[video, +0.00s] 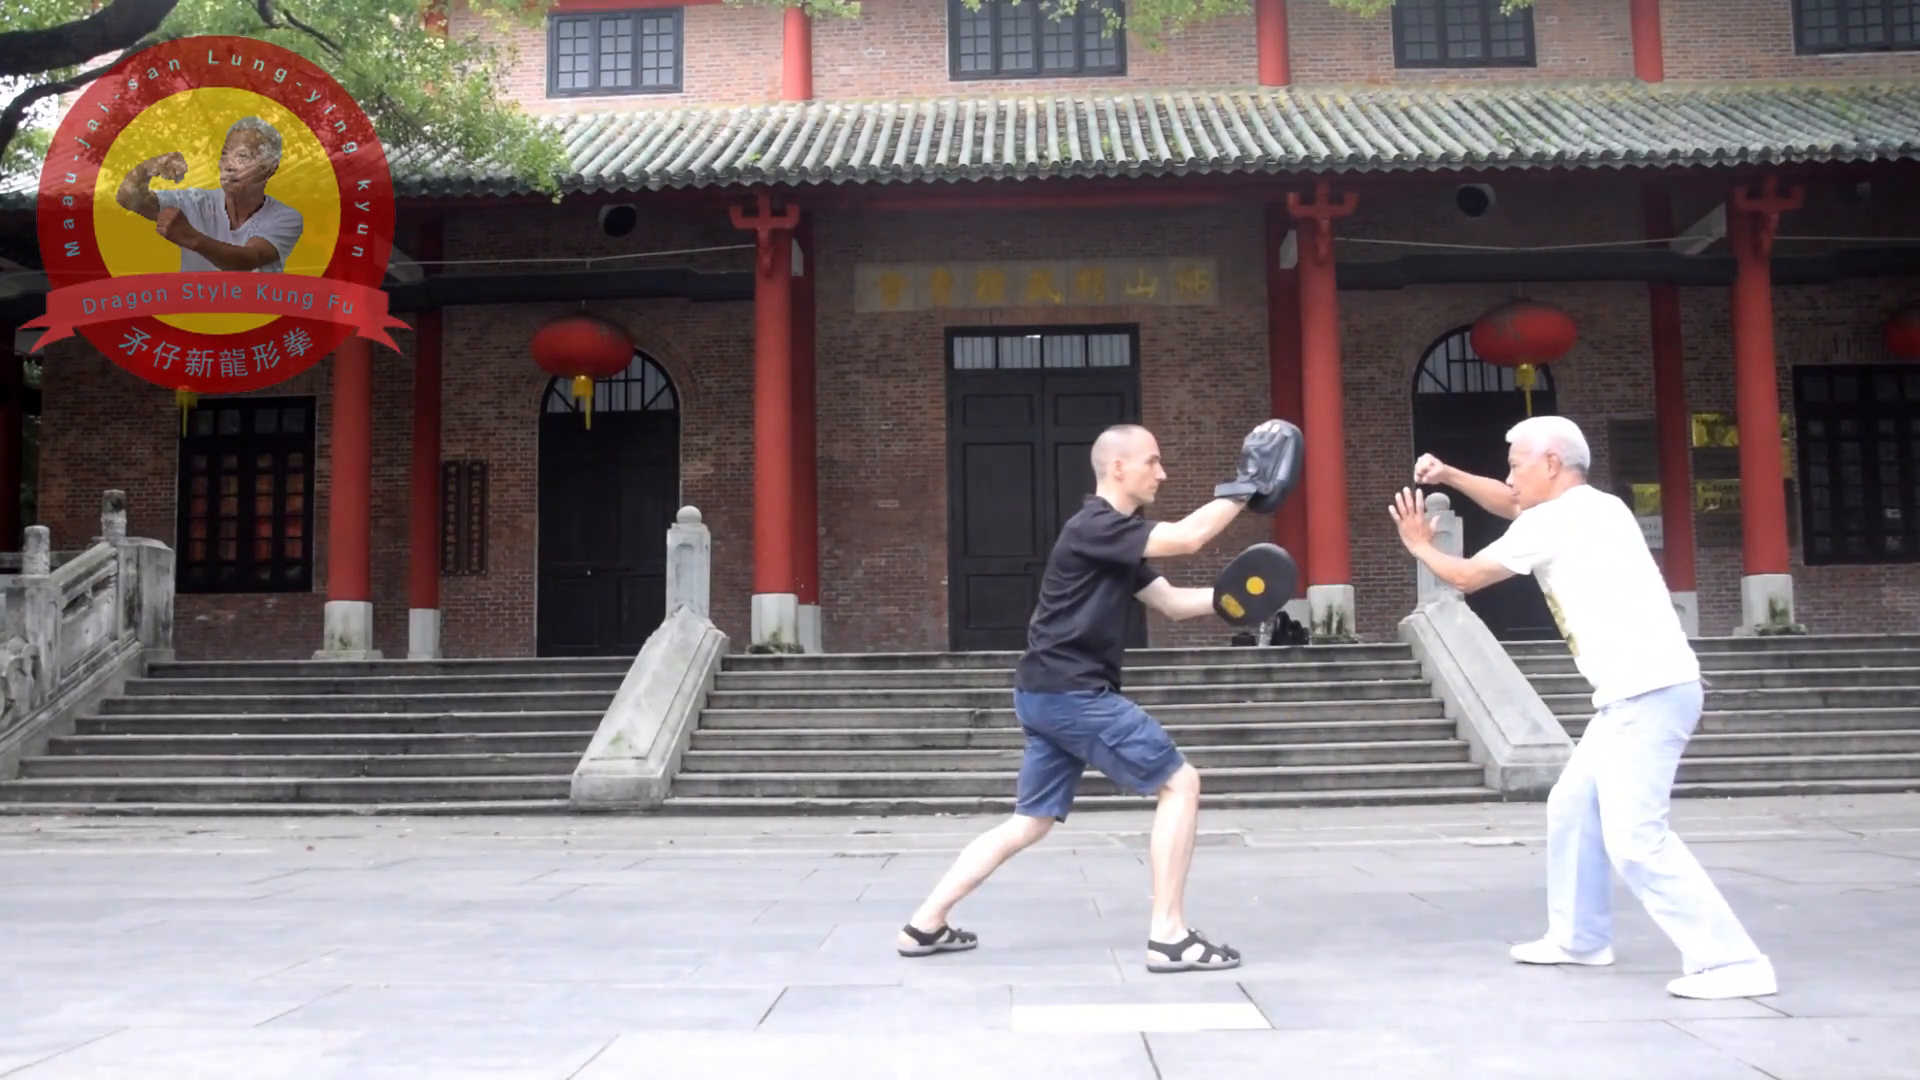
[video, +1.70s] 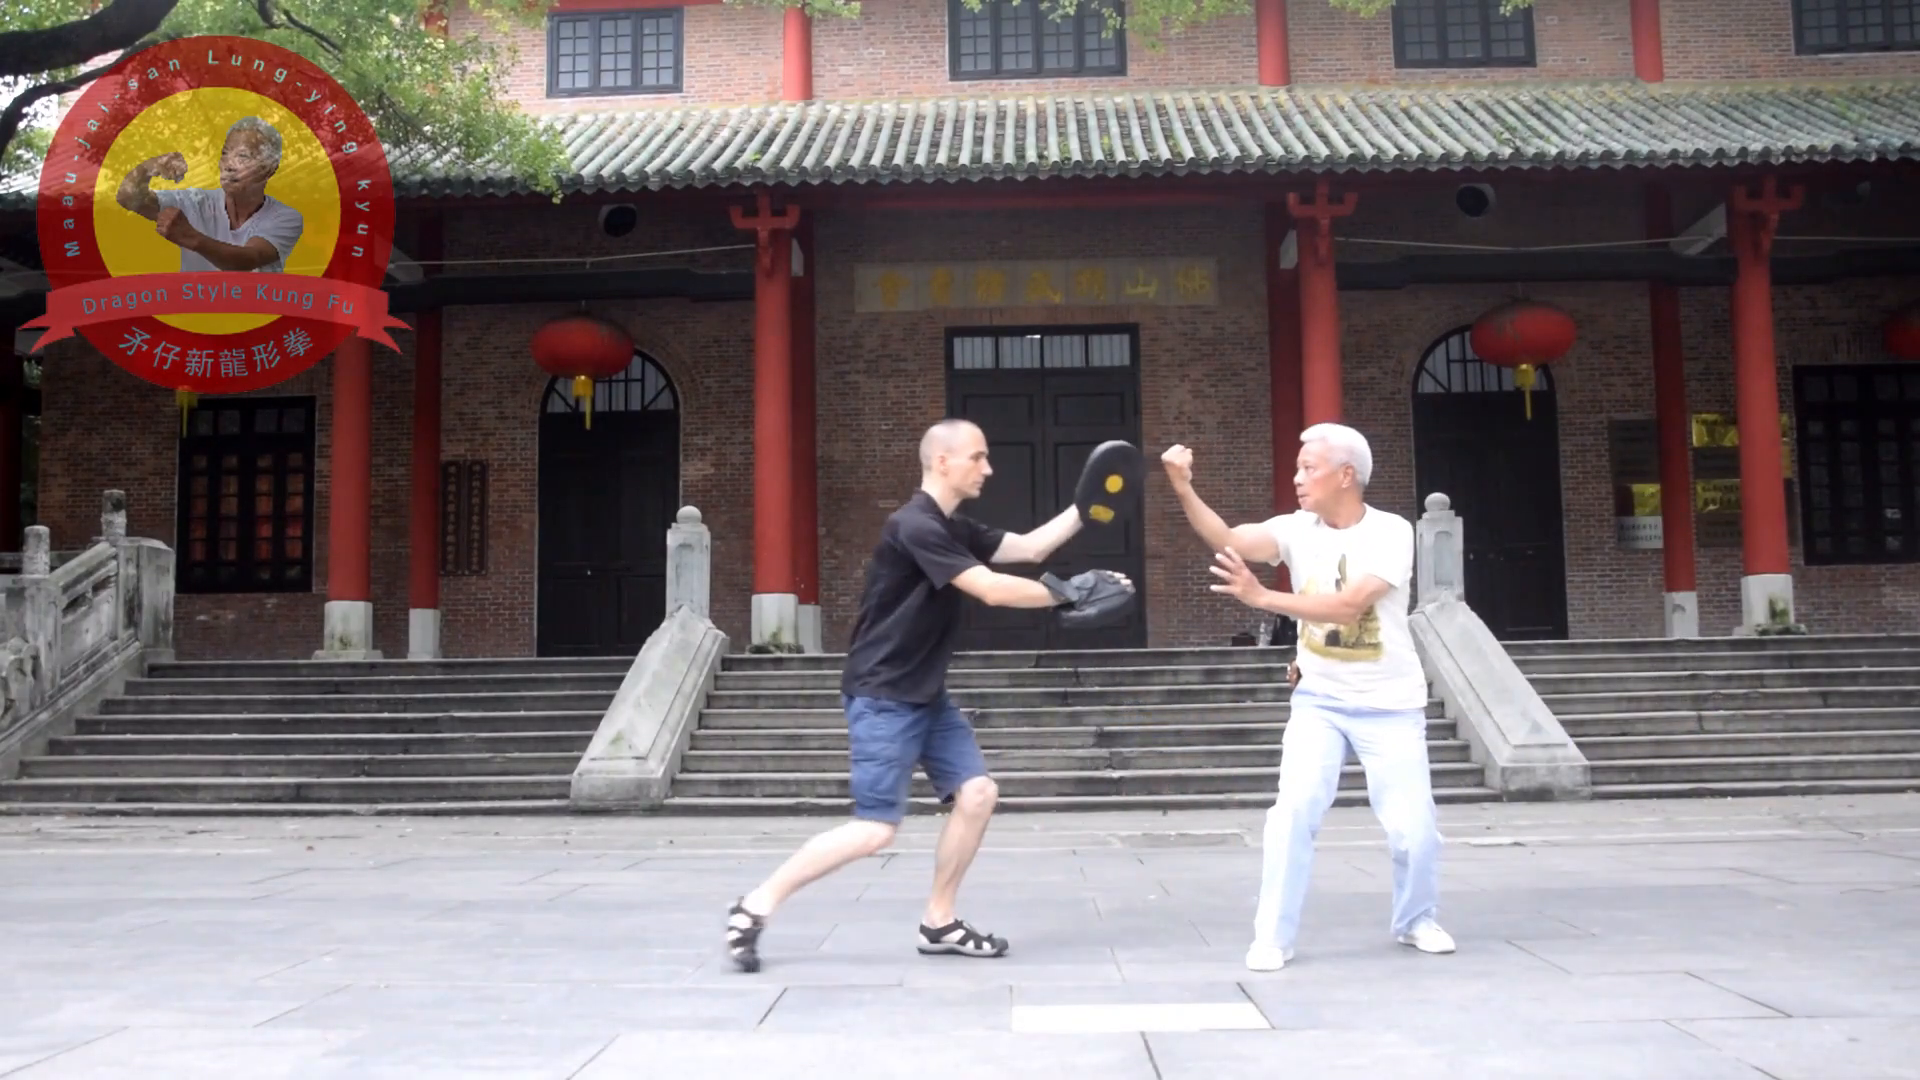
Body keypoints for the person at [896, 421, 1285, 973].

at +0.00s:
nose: (1161, 473)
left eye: (1160, 462)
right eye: (1152, 462)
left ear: (1119, 470)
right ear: (1117, 468)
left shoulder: (1109, 532)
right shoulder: (1096, 525)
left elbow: (1170, 600)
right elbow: (1188, 537)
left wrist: (1242, 596)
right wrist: (1246, 485)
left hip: (1046, 691)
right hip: (1070, 690)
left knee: (1030, 822)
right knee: (1180, 784)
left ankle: (925, 923)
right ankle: (1169, 936)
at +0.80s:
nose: (1124, 463)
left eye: (1122, 454)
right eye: (1114, 453)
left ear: (1088, 460)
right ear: (1078, 459)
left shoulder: (1103, 530)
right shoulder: (1050, 521)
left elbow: (1143, 594)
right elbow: (1118, 543)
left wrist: (1182, 625)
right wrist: (1180, 483)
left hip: (1056, 688)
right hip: (1056, 687)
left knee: (1025, 821)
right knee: (1165, 783)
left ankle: (924, 924)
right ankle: (1168, 935)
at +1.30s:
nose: (1084, 457)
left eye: (1082, 446)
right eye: (1073, 447)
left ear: (1043, 457)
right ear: (1037, 455)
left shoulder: (1037, 516)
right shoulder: (1024, 511)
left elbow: (1057, 608)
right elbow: (1052, 583)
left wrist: (1126, 622)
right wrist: (1118, 541)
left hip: (1019, 687)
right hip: (1036, 686)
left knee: (1070, 817)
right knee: (1135, 785)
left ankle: (958, 894)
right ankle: (1167, 937)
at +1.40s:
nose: (1059, 456)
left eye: (1059, 446)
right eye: (1049, 446)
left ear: (1022, 450)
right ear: (1014, 449)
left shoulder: (1015, 514)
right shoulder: (993, 509)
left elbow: (1038, 610)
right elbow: (1006, 595)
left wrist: (1109, 586)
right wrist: (1085, 574)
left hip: (1010, 683)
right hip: (996, 684)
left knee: (1053, 809)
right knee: (1082, 792)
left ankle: (953, 909)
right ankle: (1150, 930)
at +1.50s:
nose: (1037, 464)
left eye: (1037, 453)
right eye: (1027, 453)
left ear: (1004, 460)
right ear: (991, 458)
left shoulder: (1005, 528)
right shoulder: (962, 518)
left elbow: (1041, 581)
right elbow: (1002, 598)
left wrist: (1100, 572)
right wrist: (1081, 581)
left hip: (979, 682)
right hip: (944, 682)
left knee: (1019, 803)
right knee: (1041, 768)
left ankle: (943, 917)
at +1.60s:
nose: (1013, 468)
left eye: (1013, 458)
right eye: (1003, 457)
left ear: (980, 463)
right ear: (968, 461)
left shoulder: (981, 527)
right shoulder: (939, 522)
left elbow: (1048, 560)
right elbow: (1004, 590)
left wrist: (1112, 520)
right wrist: (1083, 588)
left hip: (950, 682)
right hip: (911, 684)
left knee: (999, 802)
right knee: (980, 799)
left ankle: (940, 922)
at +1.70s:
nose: (987, 467)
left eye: (987, 457)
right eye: (978, 457)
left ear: (952, 465)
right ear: (941, 463)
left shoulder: (953, 523)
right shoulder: (916, 525)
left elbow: (1026, 549)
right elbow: (989, 589)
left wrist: (1087, 506)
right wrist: (1068, 595)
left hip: (927, 695)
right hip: (882, 695)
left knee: (978, 795)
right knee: (875, 830)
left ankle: (939, 923)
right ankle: (754, 908)